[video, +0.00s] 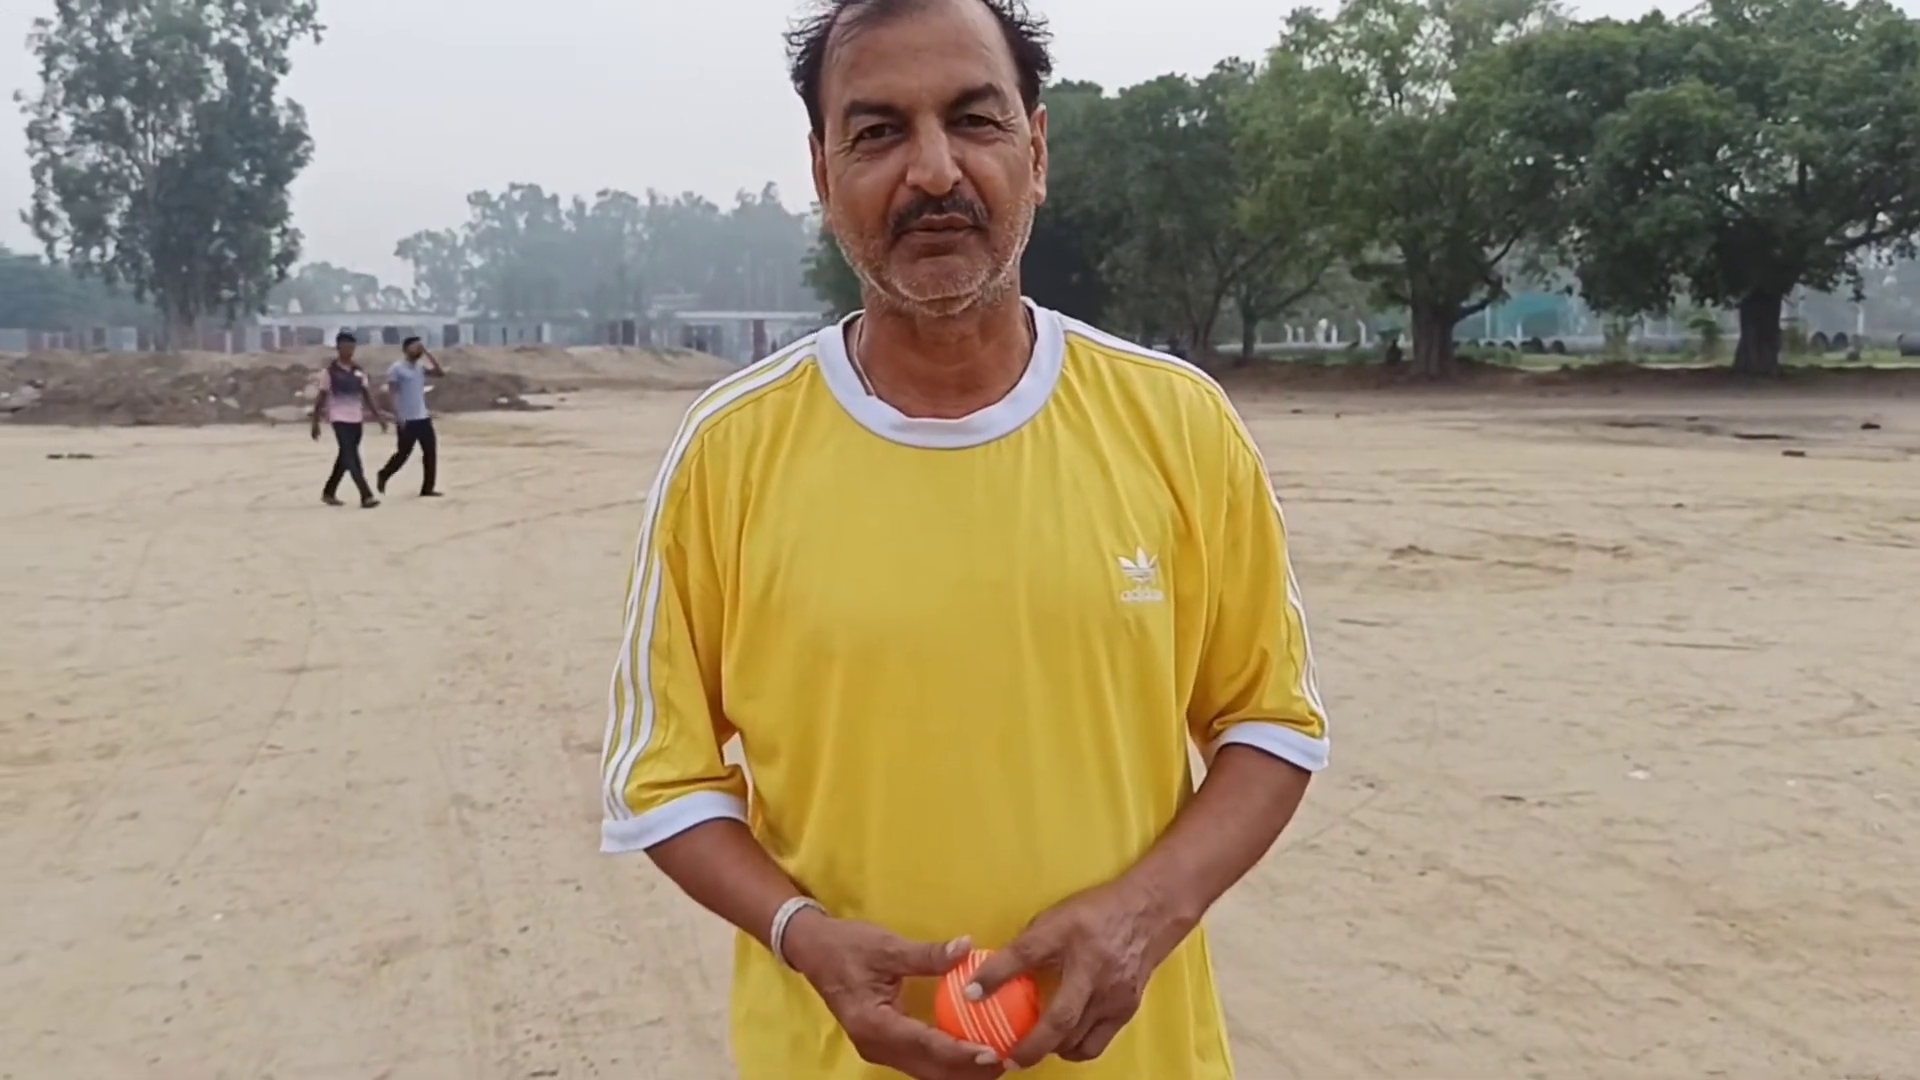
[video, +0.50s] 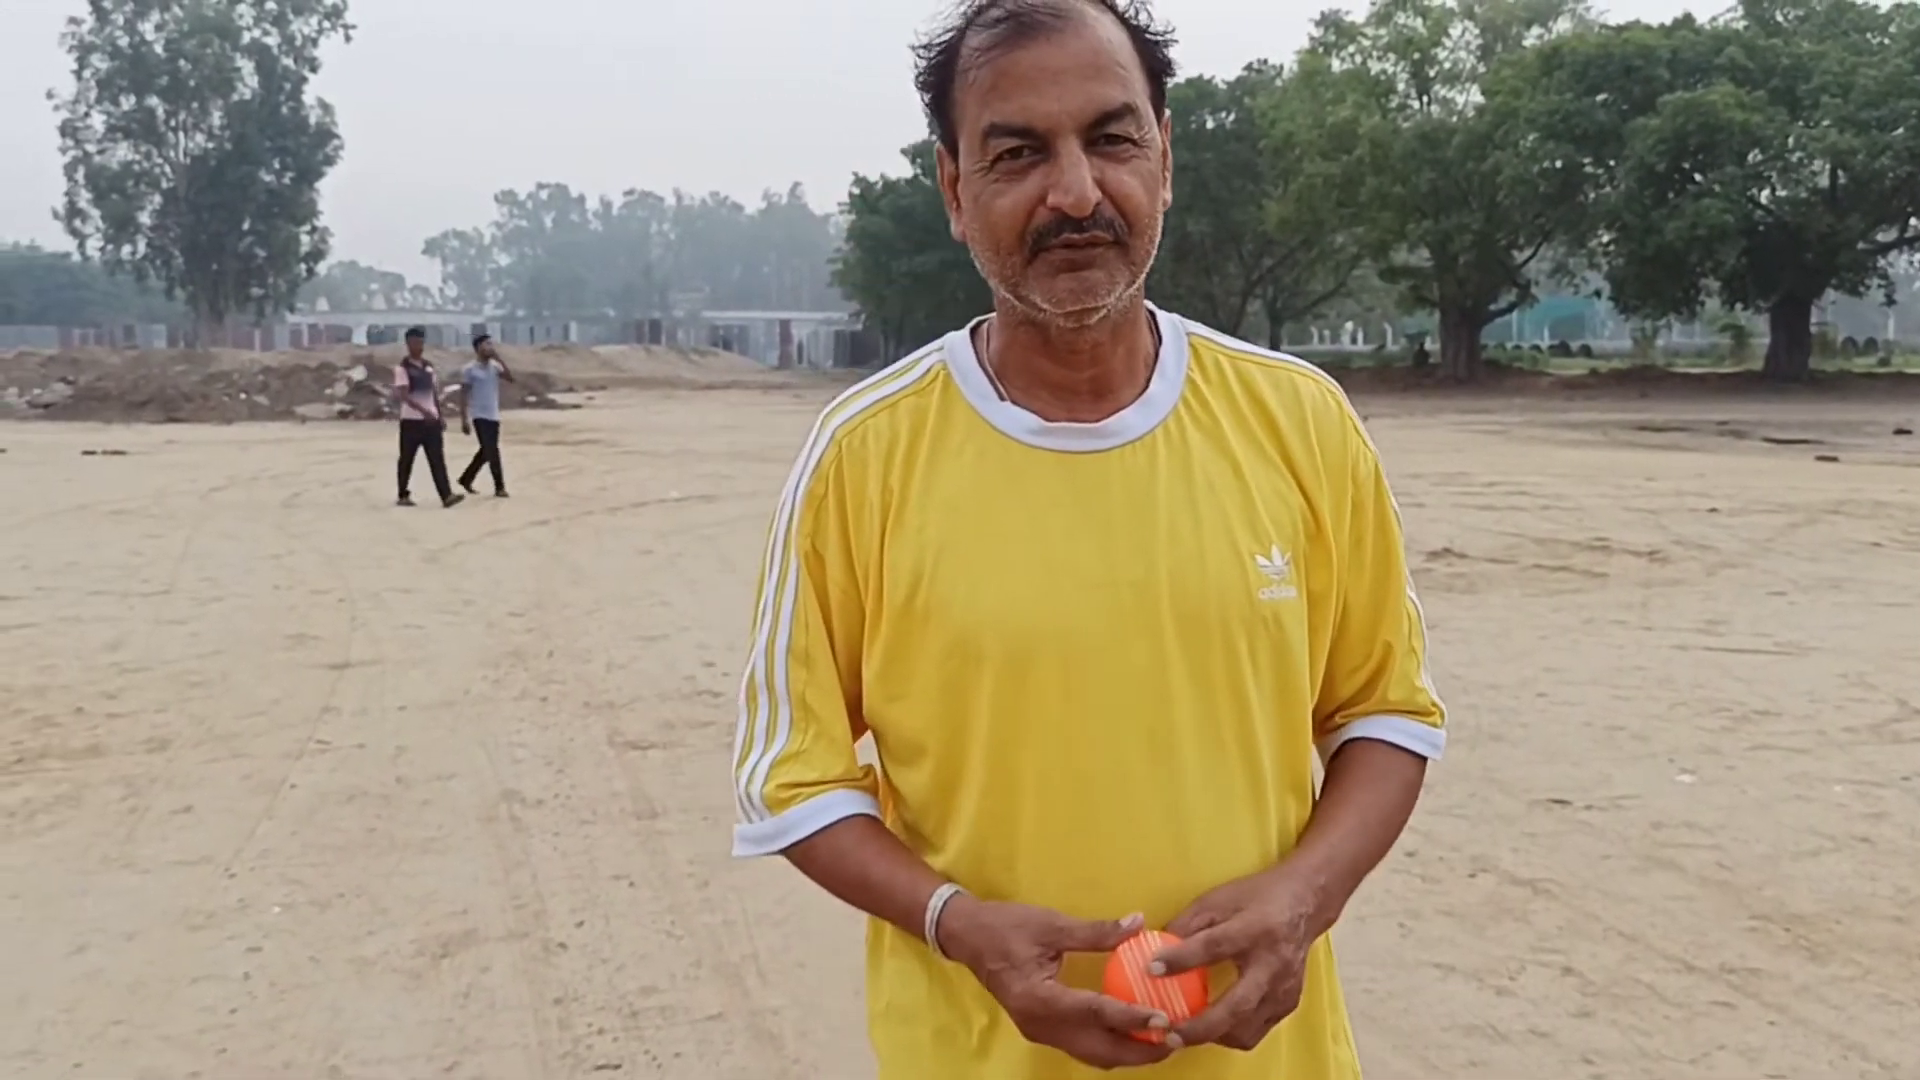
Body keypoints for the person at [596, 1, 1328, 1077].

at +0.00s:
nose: (935, 170)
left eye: (976, 120)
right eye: (879, 132)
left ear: (1037, 157)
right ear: (822, 181)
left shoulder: (1180, 423)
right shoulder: (729, 447)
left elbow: (1276, 723)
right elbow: (658, 773)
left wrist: (1145, 909)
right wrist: (802, 933)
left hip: (1140, 1048)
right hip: (831, 1053)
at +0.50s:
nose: (1075, 191)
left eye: (1113, 140)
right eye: (1020, 153)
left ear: (1165, 164)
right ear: (954, 195)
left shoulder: (1302, 422)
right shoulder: (862, 454)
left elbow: (1392, 712)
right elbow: (789, 774)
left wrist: (1301, 893)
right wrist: (962, 924)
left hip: (1272, 1049)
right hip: (976, 1054)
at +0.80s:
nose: (1191, 259)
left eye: (1230, 203)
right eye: (1135, 214)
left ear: (1273, 182)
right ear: (1060, 203)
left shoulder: (1395, 423)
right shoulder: (964, 449)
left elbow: (1495, 703)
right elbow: (884, 778)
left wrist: (1444, 821)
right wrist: (1058, 853)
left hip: (1362, 1050)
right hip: (1074, 1052)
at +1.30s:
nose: (1301, 216)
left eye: (1340, 165)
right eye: (1247, 172)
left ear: (1382, 171)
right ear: (1175, 186)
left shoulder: (1489, 417)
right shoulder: (1069, 433)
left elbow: (1613, 696)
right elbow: (936, 735)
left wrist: (1561, 739)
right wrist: (1175, 734)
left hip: (1439, 1034)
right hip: (1159, 1042)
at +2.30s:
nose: (1348, 259)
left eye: (1387, 210)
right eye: (1294, 217)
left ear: (1435, 231)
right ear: (1221, 248)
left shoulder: (1540, 494)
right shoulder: (1094, 489)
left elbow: (1708, 827)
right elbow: (902, 740)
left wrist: (1619, 732)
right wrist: (1192, 725)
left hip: (1469, 1053)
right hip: (1159, 1053)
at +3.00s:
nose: (1201, 291)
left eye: (1240, 242)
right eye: (1144, 255)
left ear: (1299, 276)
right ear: (1085, 304)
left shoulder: (1417, 543)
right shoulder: (970, 554)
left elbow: (1620, 865)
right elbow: (764, 829)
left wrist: (1461, 755)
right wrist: (1062, 788)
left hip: (1364, 1052)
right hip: (1054, 1052)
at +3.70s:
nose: (1132, 305)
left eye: (1165, 254)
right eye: (1075, 265)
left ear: (1215, 277)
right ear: (1010, 303)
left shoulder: (1317, 530)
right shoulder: (900, 537)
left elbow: (1500, 834)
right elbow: (720, 808)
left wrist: (1415, 752)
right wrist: (1029, 743)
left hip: (1275, 1057)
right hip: (979, 1058)